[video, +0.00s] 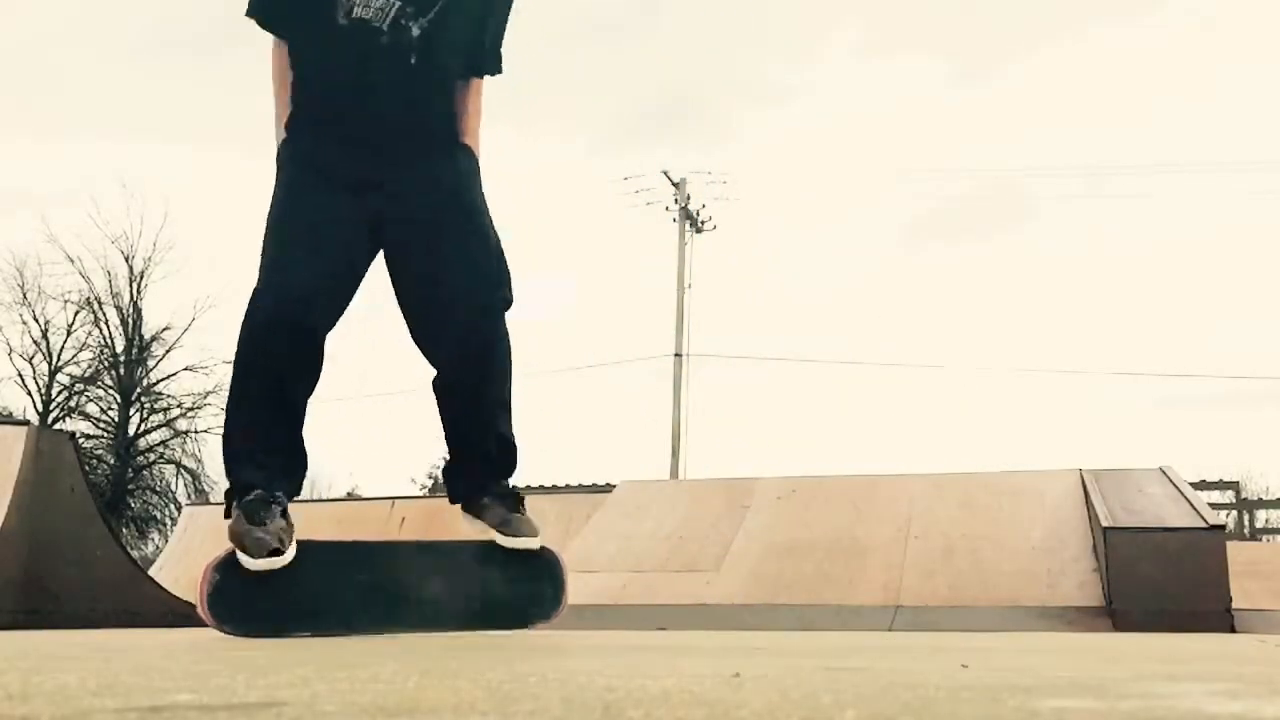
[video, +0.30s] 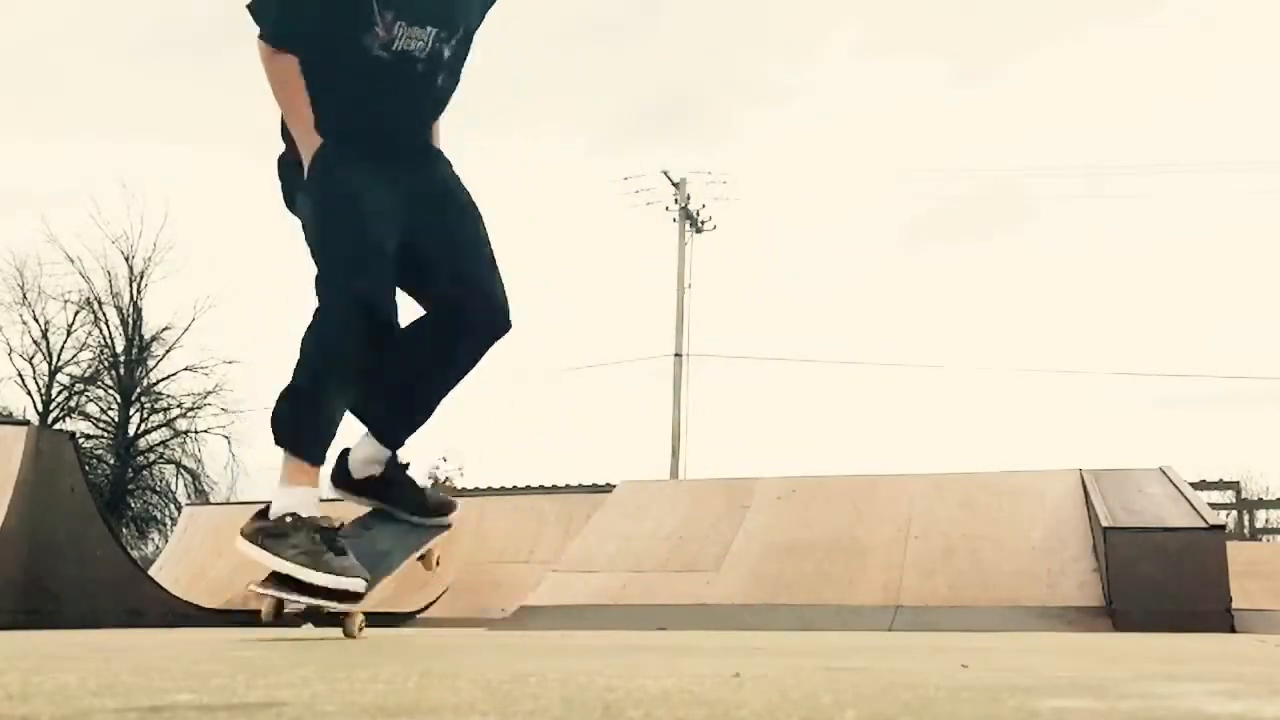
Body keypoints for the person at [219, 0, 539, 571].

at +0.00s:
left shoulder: (480, 6)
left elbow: (469, 75)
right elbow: (287, 51)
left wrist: (466, 175)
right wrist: (292, 154)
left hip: (432, 156)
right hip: (324, 153)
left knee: (473, 314)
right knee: (286, 316)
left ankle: (484, 481)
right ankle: (259, 492)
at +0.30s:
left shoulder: (475, 5)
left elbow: (436, 70)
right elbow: (276, 36)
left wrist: (431, 152)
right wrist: (311, 147)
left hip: (414, 149)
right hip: (337, 143)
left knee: (476, 311)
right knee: (359, 299)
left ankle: (366, 461)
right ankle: (290, 504)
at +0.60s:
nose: (550, 52)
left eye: (567, 45)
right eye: (554, 30)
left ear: (577, 42)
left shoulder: (503, 80)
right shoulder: (405, 14)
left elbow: (426, 158)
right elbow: (299, 55)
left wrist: (393, 216)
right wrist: (309, 185)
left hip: (387, 221)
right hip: (309, 194)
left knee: (435, 382)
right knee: (365, 334)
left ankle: (359, 541)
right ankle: (279, 529)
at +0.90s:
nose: (591, 63)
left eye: (604, 59)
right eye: (599, 45)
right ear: (577, 4)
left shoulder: (496, 77)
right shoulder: (459, 9)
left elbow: (411, 149)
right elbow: (341, 36)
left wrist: (392, 211)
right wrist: (334, 161)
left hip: (385, 200)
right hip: (318, 172)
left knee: (419, 375)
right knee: (357, 333)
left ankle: (348, 541)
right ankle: (261, 527)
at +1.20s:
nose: (582, 62)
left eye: (594, 62)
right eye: (595, 48)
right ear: (583, 4)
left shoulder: (499, 42)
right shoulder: (518, 5)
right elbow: (454, 33)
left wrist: (417, 183)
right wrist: (417, 147)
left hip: (394, 180)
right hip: (367, 154)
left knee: (402, 360)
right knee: (348, 323)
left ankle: (331, 538)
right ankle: (240, 519)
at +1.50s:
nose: (583, 34)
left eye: (592, 31)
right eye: (594, 22)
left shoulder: (432, 8)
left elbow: (377, 94)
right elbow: (527, 53)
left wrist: (386, 171)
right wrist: (540, 171)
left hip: (385, 168)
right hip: (473, 163)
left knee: (399, 364)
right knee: (534, 345)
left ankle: (344, 522)